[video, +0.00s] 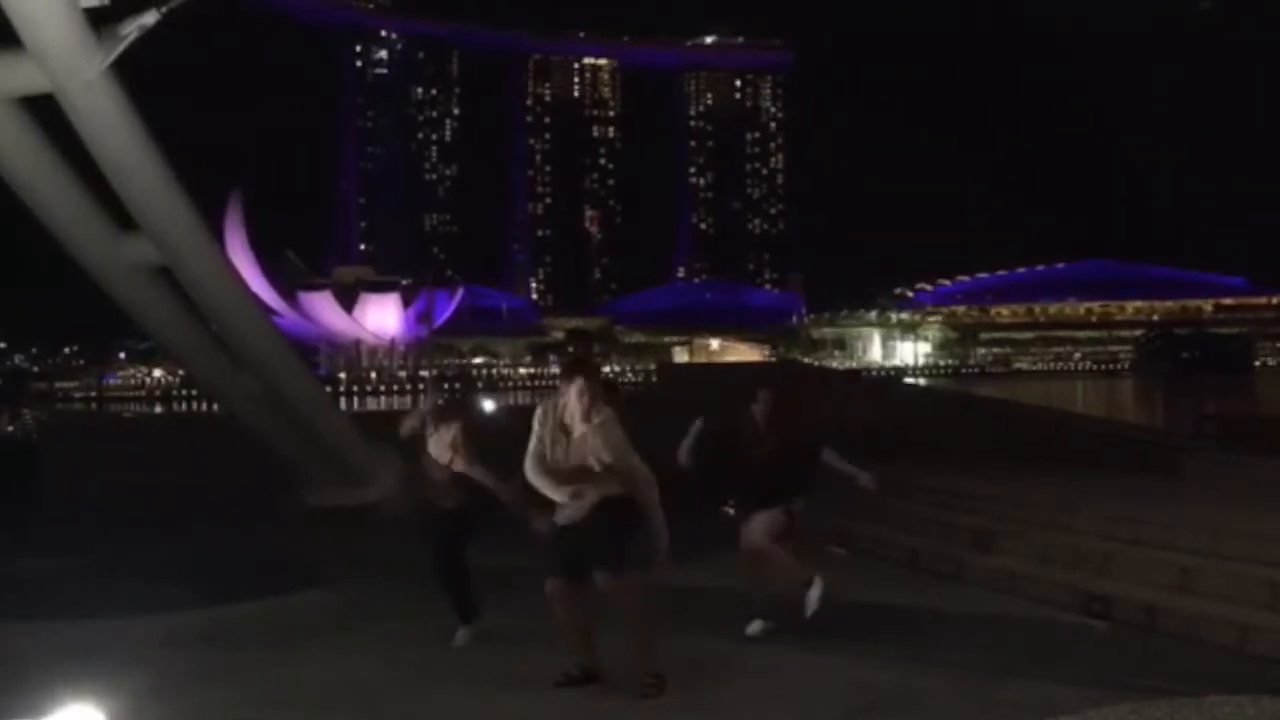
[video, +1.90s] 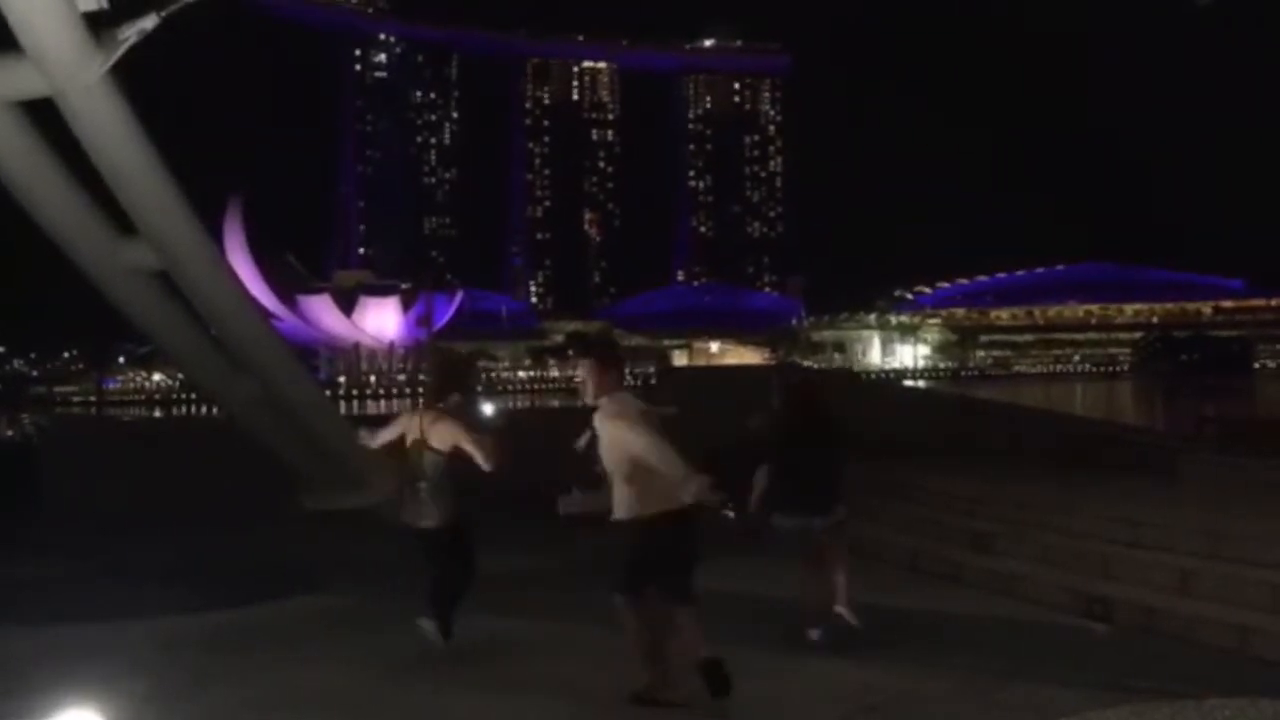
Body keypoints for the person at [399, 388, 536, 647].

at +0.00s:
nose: (435, 401)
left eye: (440, 396)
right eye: (433, 395)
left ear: (450, 400)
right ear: (429, 399)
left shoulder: (456, 428)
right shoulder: (427, 424)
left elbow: (465, 465)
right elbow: (404, 430)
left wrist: (500, 489)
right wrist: (422, 410)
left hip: (457, 501)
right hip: (436, 498)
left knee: (451, 560)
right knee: (446, 560)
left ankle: (467, 619)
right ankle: (467, 616)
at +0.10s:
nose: (415, 402)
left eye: (416, 394)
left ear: (431, 397)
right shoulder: (420, 426)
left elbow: (470, 458)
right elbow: (388, 422)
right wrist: (398, 393)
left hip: (454, 504)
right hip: (430, 504)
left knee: (453, 560)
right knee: (437, 561)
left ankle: (463, 617)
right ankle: (461, 615)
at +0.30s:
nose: (444, 432)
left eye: (447, 426)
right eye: (438, 427)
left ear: (454, 428)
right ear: (430, 429)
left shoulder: (461, 449)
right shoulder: (420, 448)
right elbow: (375, 452)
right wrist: (400, 488)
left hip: (454, 514)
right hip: (425, 513)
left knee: (452, 563)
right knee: (425, 566)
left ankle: (453, 610)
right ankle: (438, 614)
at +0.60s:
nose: (434, 408)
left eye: (439, 401)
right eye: (427, 402)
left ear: (449, 404)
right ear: (418, 405)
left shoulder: (457, 432)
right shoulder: (411, 436)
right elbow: (386, 460)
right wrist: (404, 467)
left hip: (451, 508)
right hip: (416, 509)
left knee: (456, 565)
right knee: (405, 559)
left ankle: (451, 622)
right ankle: (403, 612)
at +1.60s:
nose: (437, 416)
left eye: (441, 410)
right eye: (431, 411)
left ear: (448, 414)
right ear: (421, 415)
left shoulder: (447, 442)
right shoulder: (413, 441)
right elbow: (374, 427)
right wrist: (405, 437)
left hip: (439, 517)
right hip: (412, 519)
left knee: (462, 568)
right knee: (412, 581)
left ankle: (439, 630)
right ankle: (391, 653)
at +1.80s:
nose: (462, 414)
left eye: (463, 407)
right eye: (459, 407)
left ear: (434, 405)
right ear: (445, 407)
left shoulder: (414, 428)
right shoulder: (431, 438)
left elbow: (380, 441)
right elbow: (469, 457)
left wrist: (361, 441)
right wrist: (483, 438)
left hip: (421, 520)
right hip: (426, 526)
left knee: (456, 578)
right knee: (429, 585)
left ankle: (444, 633)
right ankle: (399, 642)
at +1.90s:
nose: (466, 401)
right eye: (466, 396)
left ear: (431, 391)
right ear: (456, 397)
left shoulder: (410, 420)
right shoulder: (453, 428)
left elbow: (377, 440)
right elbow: (486, 462)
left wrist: (364, 435)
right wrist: (488, 434)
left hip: (413, 507)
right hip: (442, 512)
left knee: (435, 566)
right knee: (460, 564)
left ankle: (436, 619)